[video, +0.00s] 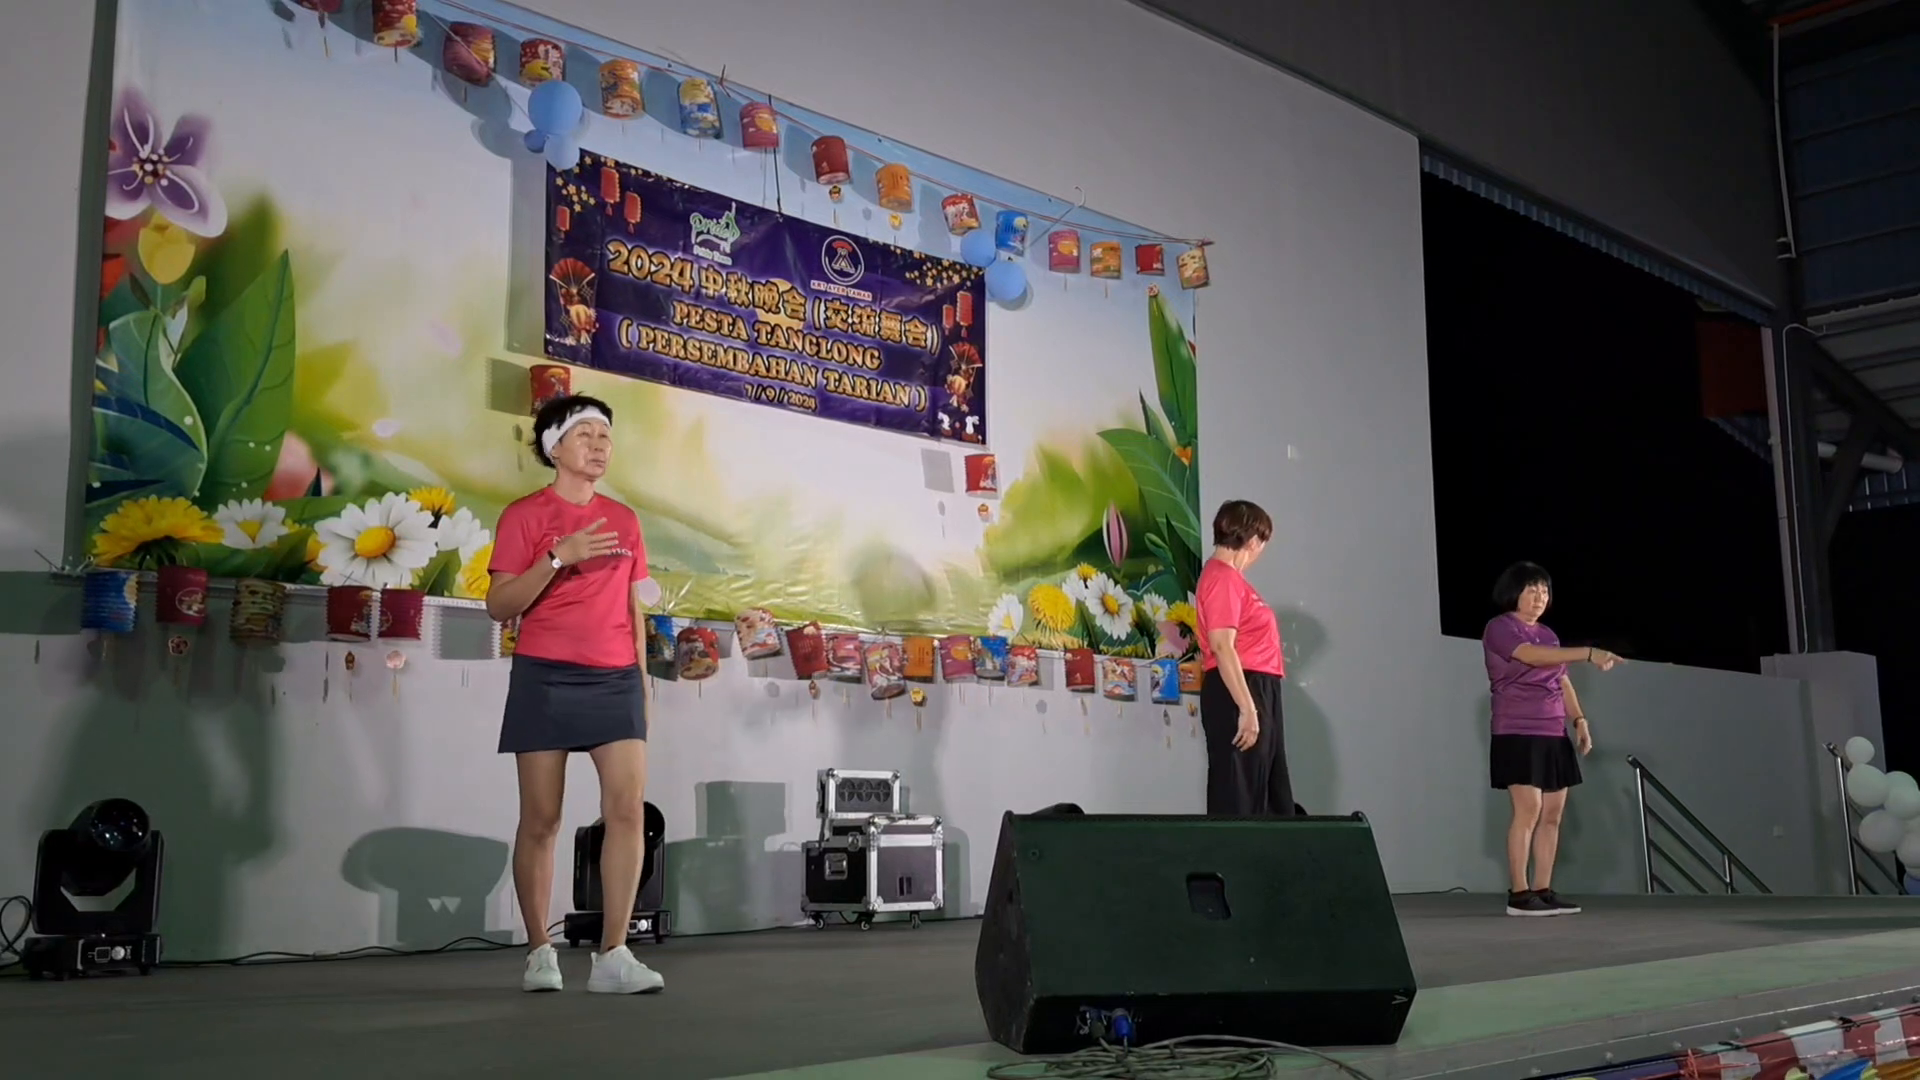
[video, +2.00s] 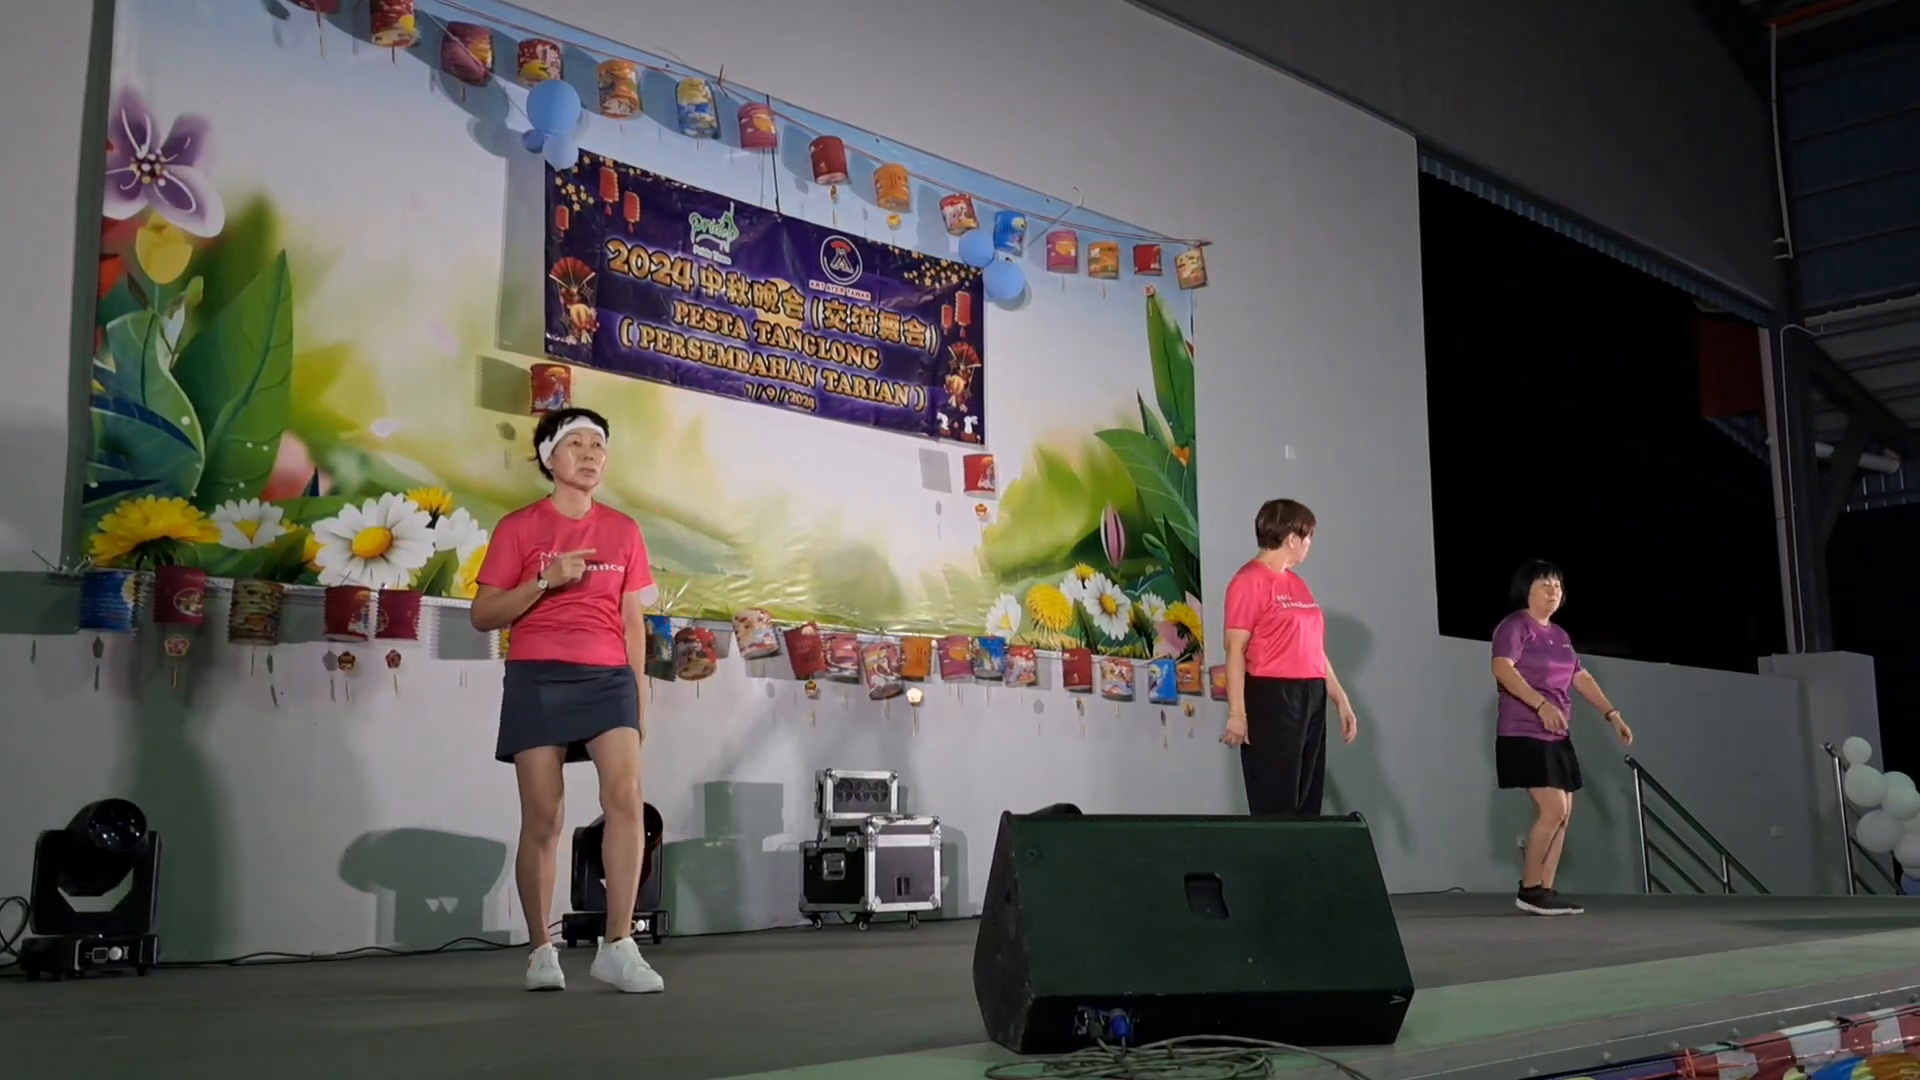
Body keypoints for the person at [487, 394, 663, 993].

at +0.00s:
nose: (600, 445)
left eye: (605, 437)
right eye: (586, 435)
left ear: (611, 449)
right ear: (555, 444)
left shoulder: (622, 518)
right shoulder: (524, 515)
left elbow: (634, 611)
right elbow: (500, 604)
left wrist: (640, 684)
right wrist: (558, 558)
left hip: (615, 678)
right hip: (544, 676)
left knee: (627, 806)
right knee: (541, 819)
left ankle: (613, 953)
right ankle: (541, 948)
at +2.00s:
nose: (589, 453)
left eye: (597, 446)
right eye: (576, 444)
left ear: (606, 461)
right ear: (549, 456)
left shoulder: (623, 530)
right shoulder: (518, 527)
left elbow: (634, 623)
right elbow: (484, 615)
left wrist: (637, 699)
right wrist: (545, 580)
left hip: (610, 680)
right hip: (536, 680)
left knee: (625, 796)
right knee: (543, 818)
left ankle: (618, 943)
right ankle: (543, 947)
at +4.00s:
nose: (654, 437)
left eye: (659, 430)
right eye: (641, 428)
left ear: (665, 447)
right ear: (611, 442)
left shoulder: (682, 519)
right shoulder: (580, 510)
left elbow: (696, 606)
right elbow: (547, 598)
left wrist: (718, 643)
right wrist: (528, 679)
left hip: (666, 673)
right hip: (597, 668)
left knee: (655, 810)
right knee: (604, 804)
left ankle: (625, 947)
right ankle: (590, 951)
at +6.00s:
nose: (588, 439)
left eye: (591, 432)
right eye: (575, 430)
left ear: (594, 446)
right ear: (541, 442)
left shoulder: (611, 516)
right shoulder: (514, 512)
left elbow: (630, 613)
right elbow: (487, 608)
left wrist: (643, 690)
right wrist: (472, 695)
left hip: (613, 677)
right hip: (540, 677)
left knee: (619, 812)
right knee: (543, 814)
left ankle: (610, 952)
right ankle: (542, 950)